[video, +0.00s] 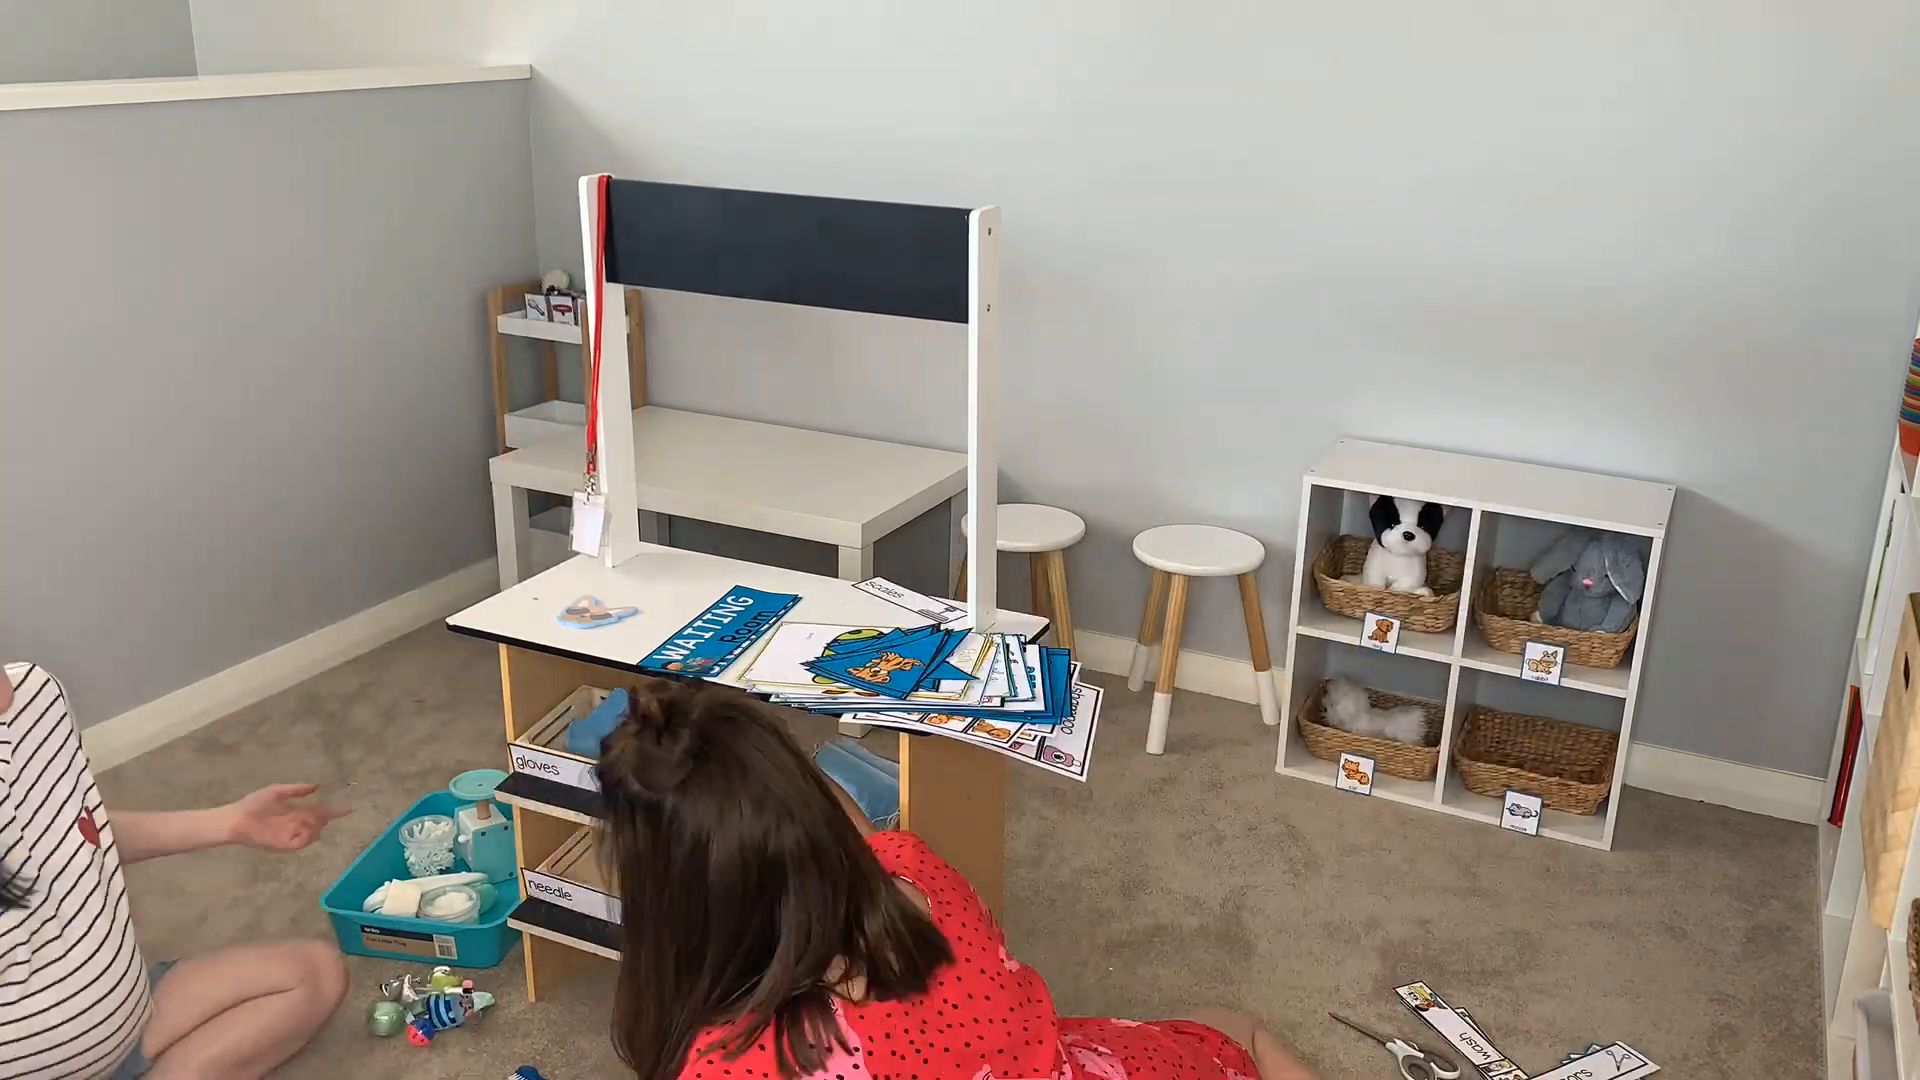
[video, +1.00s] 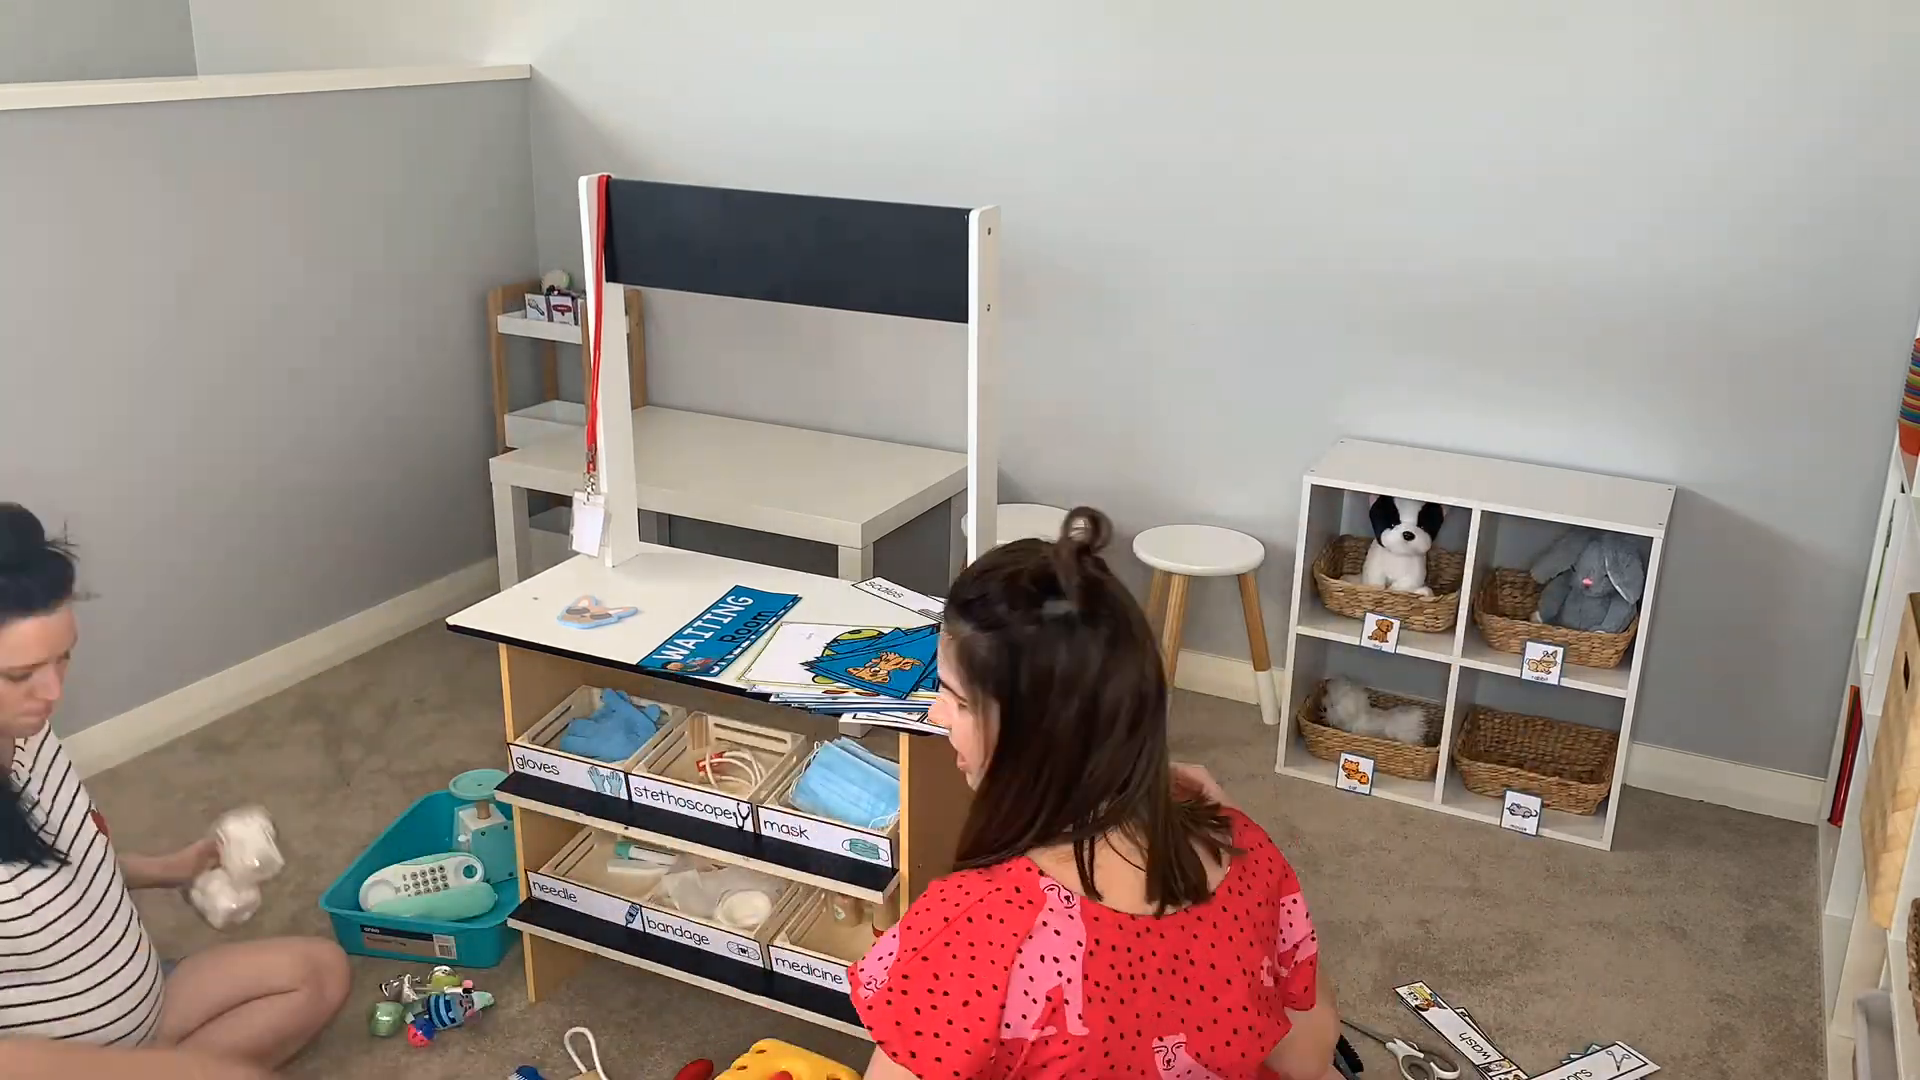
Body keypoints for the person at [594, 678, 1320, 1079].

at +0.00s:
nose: (623, 886)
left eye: (629, 866)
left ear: (664, 887)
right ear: (802, 785)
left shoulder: (734, 1059)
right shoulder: (893, 861)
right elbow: (1004, 975)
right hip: (1072, 1059)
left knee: (1244, 1040)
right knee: (1243, 1038)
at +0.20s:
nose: (556, 890)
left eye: (564, 875)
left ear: (612, 910)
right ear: (751, 808)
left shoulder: (698, 1067)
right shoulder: (910, 878)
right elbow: (1017, 1000)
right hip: (1060, 1064)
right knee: (1251, 1048)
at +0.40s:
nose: (502, 927)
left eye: (504, 902)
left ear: (554, 914)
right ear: (652, 794)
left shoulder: (661, 1048)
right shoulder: (783, 861)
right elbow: (935, 953)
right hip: (1060, 1037)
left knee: (1239, 1050)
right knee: (1244, 1048)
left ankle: (1296, 1058)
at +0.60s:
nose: (653, 871)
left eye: (654, 851)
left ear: (701, 866)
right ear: (830, 746)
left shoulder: (786, 1055)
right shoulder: (987, 820)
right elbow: (1081, 950)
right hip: (1155, 1059)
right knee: (1225, 1023)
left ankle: (1222, 1023)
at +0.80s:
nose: (1428, 759)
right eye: (1431, 740)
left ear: (1290, 666)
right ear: (1416, 746)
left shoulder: (1148, 797)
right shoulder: (1392, 926)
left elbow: (947, 1023)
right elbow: (1385, 1066)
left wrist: (1033, 903)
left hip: (1052, 1069)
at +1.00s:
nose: (936, 714)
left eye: (958, 699)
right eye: (943, 689)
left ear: (1028, 722)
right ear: (1121, 697)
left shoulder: (973, 923)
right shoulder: (1242, 853)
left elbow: (893, 1065)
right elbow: (1309, 1056)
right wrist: (1220, 825)